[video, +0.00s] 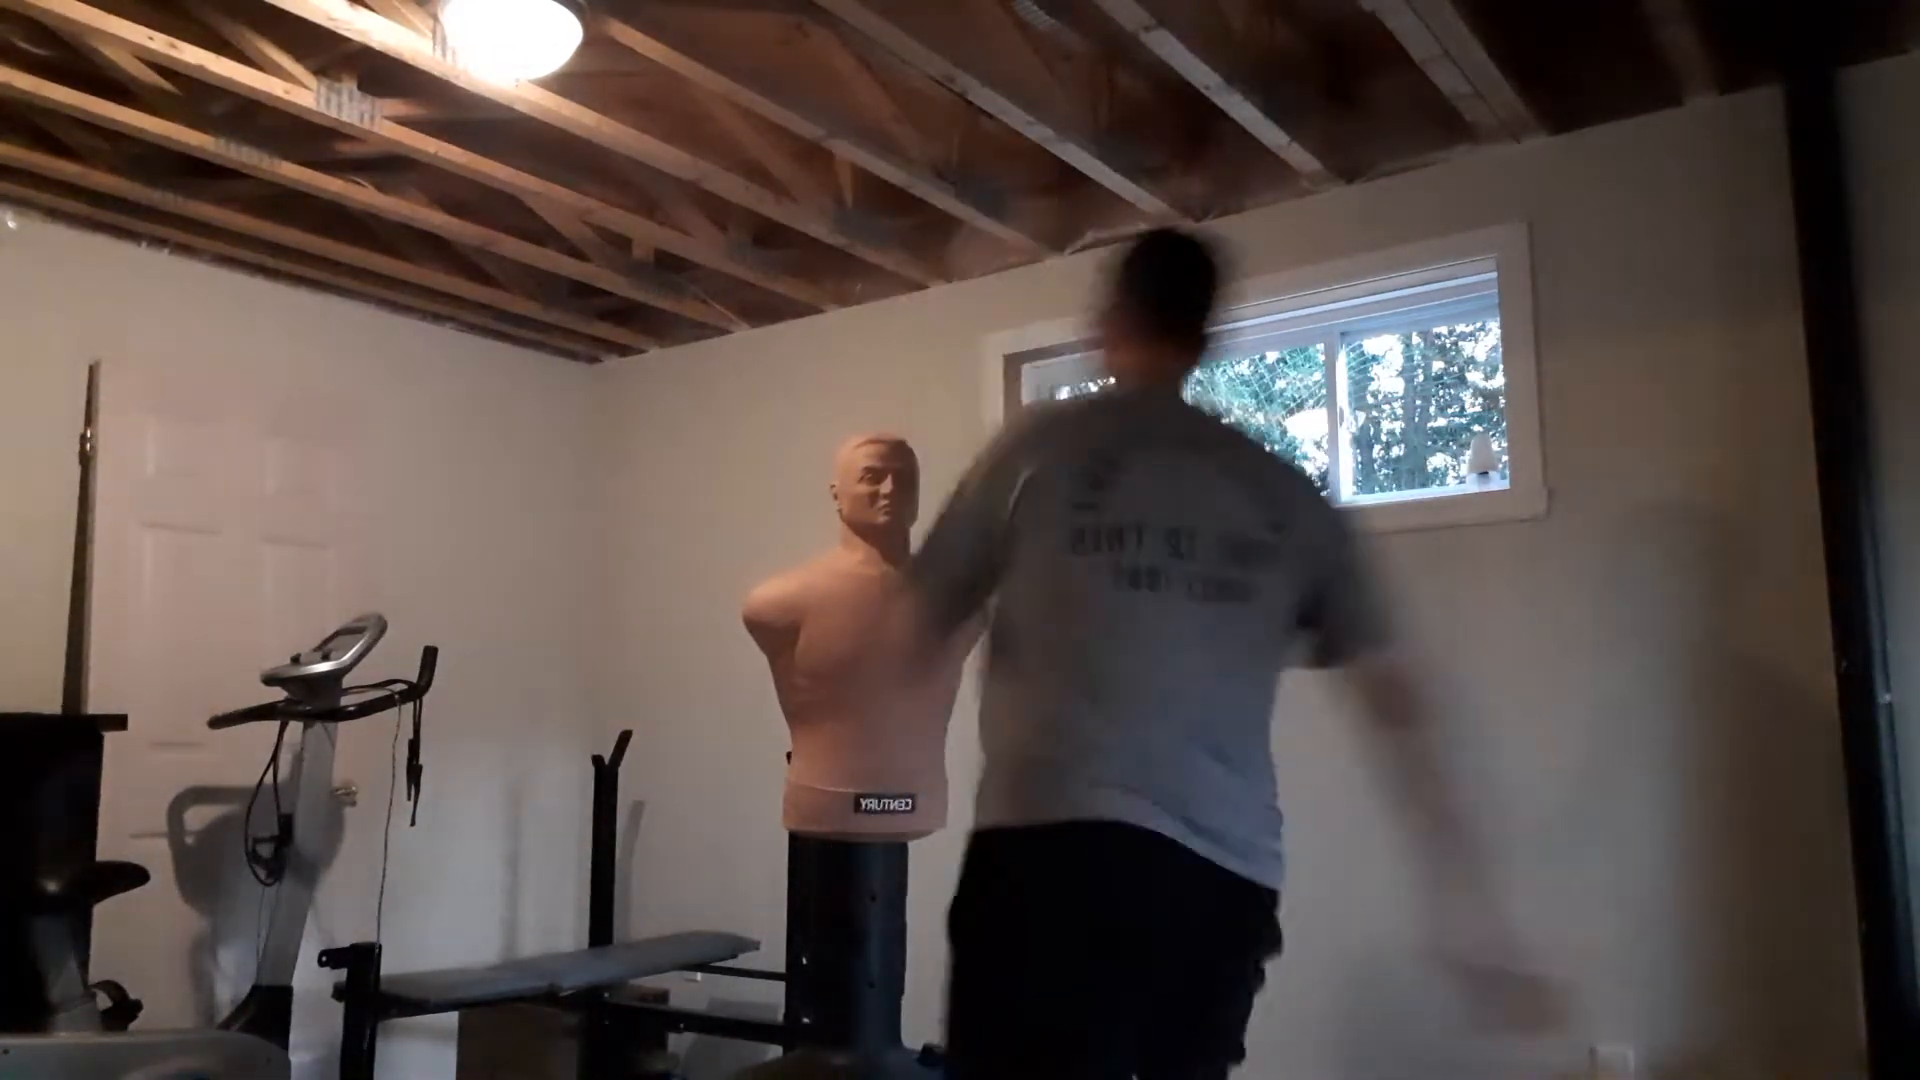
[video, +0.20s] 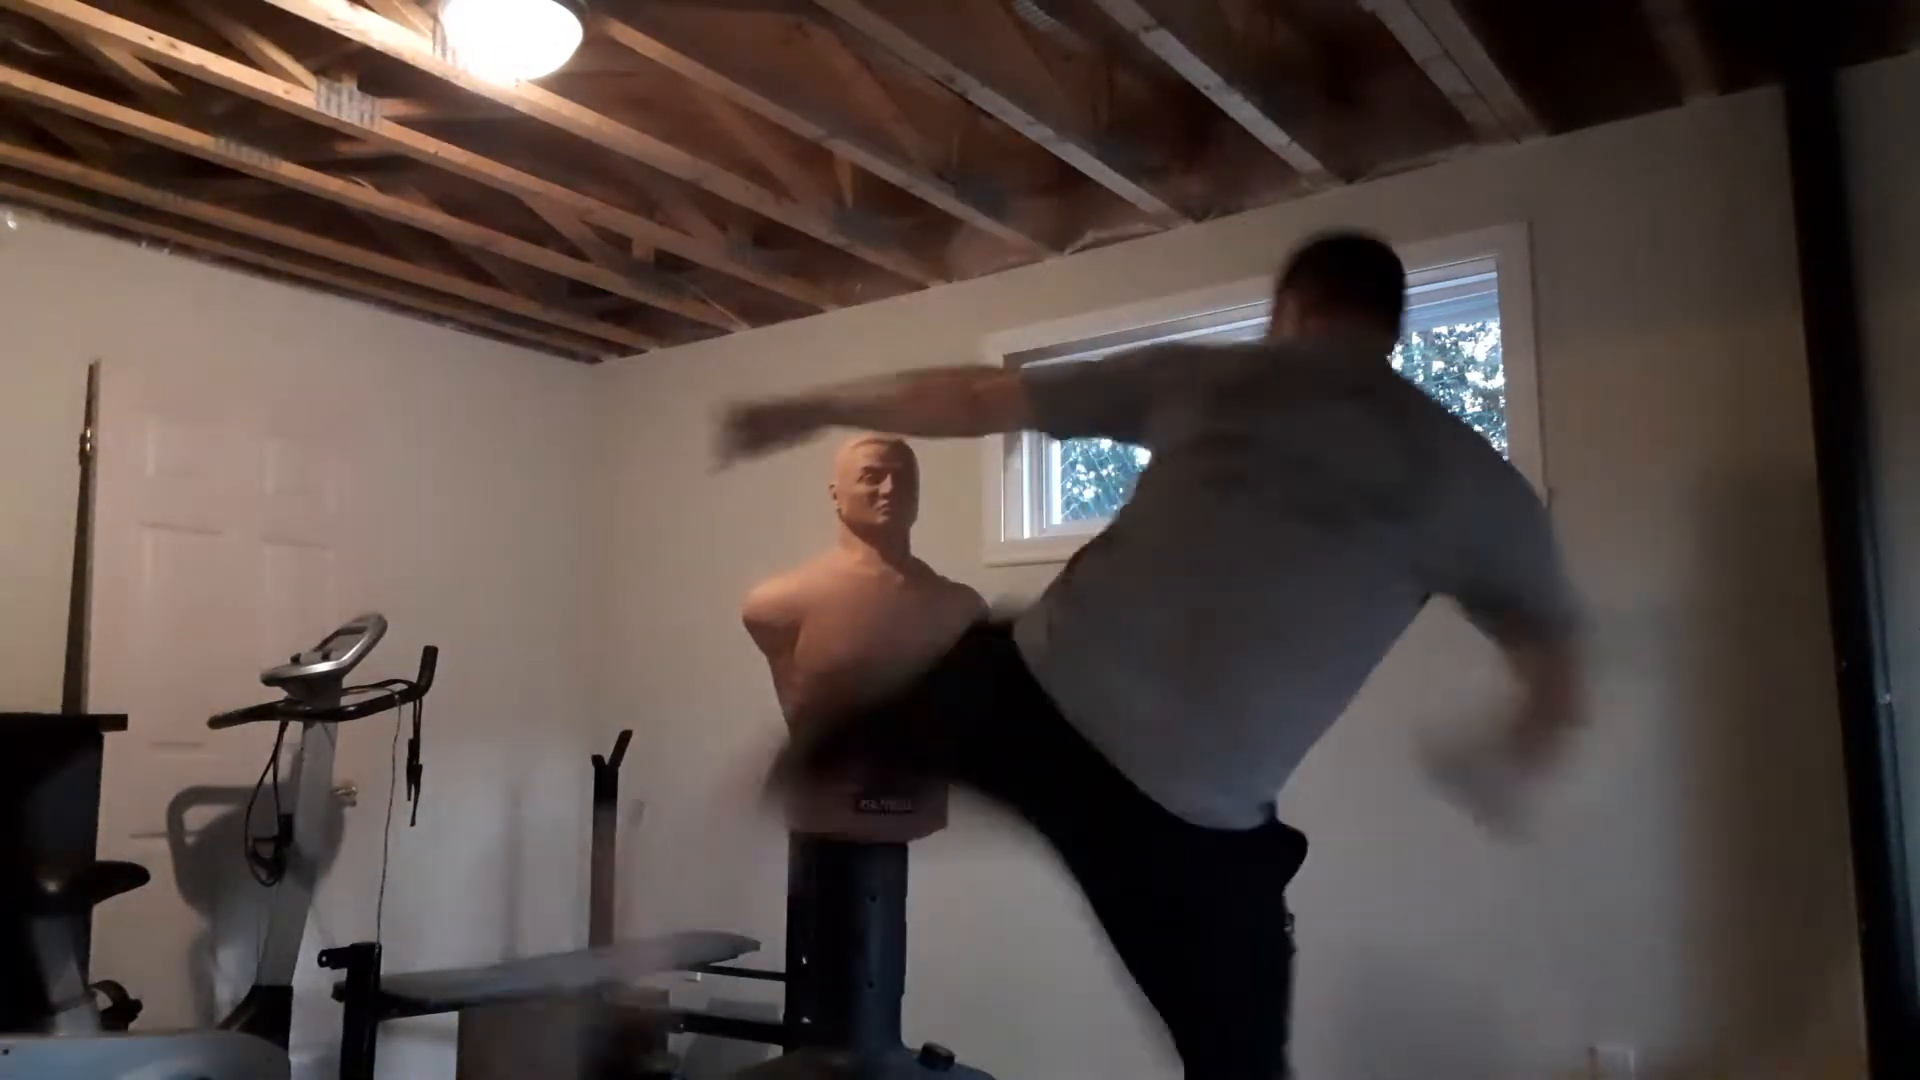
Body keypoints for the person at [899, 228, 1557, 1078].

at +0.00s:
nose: (1106, 328)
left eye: (1111, 313)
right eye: (1122, 312)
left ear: (1111, 323)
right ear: (1206, 333)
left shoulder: (1038, 444)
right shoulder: (1283, 490)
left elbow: (911, 636)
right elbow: (1395, 701)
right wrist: (1474, 928)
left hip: (1042, 859)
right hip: (1216, 882)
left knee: (1011, 1066)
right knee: (1181, 1067)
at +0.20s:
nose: (1274, 328)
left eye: (1281, 310)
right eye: (1289, 311)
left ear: (1295, 306)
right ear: (1397, 327)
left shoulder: (1216, 377)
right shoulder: (1472, 481)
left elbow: (992, 401)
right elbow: (1559, 685)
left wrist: (812, 407)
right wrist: (1504, 766)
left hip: (1023, 698)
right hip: (1193, 821)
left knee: (843, 739)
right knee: (1239, 1062)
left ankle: (809, 763)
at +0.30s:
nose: (1280, 386)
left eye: (1283, 368)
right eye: (1284, 371)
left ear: (1308, 358)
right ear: (1411, 379)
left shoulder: (1244, 418)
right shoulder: (1490, 552)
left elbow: (1021, 416)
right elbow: (1350, 633)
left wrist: (795, 406)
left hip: (1054, 678)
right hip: (1181, 826)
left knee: (1016, 570)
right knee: (1231, 1061)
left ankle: (916, 557)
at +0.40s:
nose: (1268, 397)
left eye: (1270, 378)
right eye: (1273, 381)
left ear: (1290, 369)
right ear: (1396, 380)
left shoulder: (1235, 437)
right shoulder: (1477, 534)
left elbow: (1014, 424)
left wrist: (822, 418)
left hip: (1075, 727)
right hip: (1215, 850)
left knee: (1125, 579)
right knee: (1241, 1062)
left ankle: (952, 593)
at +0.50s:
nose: (1255, 344)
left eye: (1258, 322)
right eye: (1260, 325)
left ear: (1275, 315)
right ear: (1377, 323)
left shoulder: (1219, 403)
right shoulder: (1486, 436)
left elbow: (1045, 446)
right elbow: (1475, 569)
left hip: (1134, 718)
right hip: (1301, 801)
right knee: (1325, 1047)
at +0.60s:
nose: (1270, 315)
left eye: (1271, 296)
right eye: (1272, 299)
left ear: (1289, 280)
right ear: (1396, 287)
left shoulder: (1215, 383)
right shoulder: (1507, 394)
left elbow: (1054, 532)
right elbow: (1556, 606)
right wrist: (1427, 541)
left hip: (1184, 737)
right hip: (1371, 772)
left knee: (1154, 798)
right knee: (1455, 1053)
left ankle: (1160, 1049)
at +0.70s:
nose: (1282, 342)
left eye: (1285, 323)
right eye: (1287, 324)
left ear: (1295, 323)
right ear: (1407, 332)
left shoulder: (1212, 469)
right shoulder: (1506, 463)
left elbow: (1120, 662)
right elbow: (1587, 684)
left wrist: (1177, 774)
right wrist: (1495, 629)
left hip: (1245, 830)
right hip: (1438, 829)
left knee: (1243, 1053)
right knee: (1524, 1063)